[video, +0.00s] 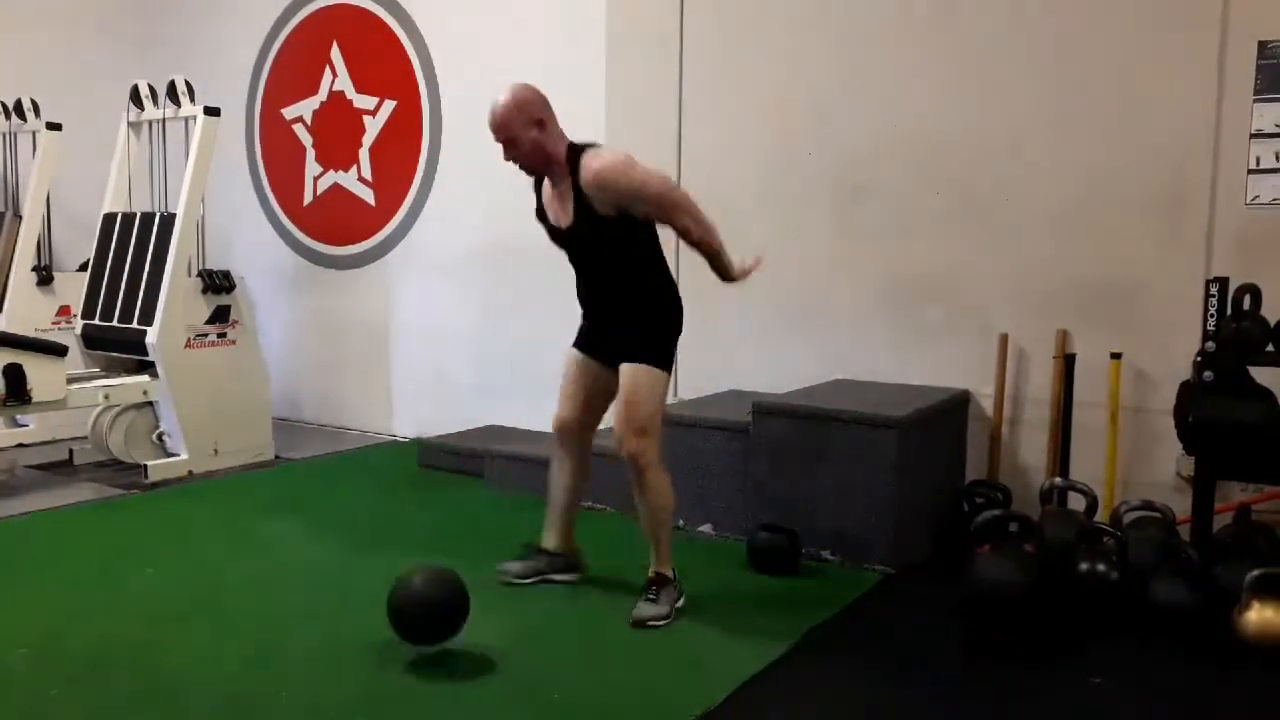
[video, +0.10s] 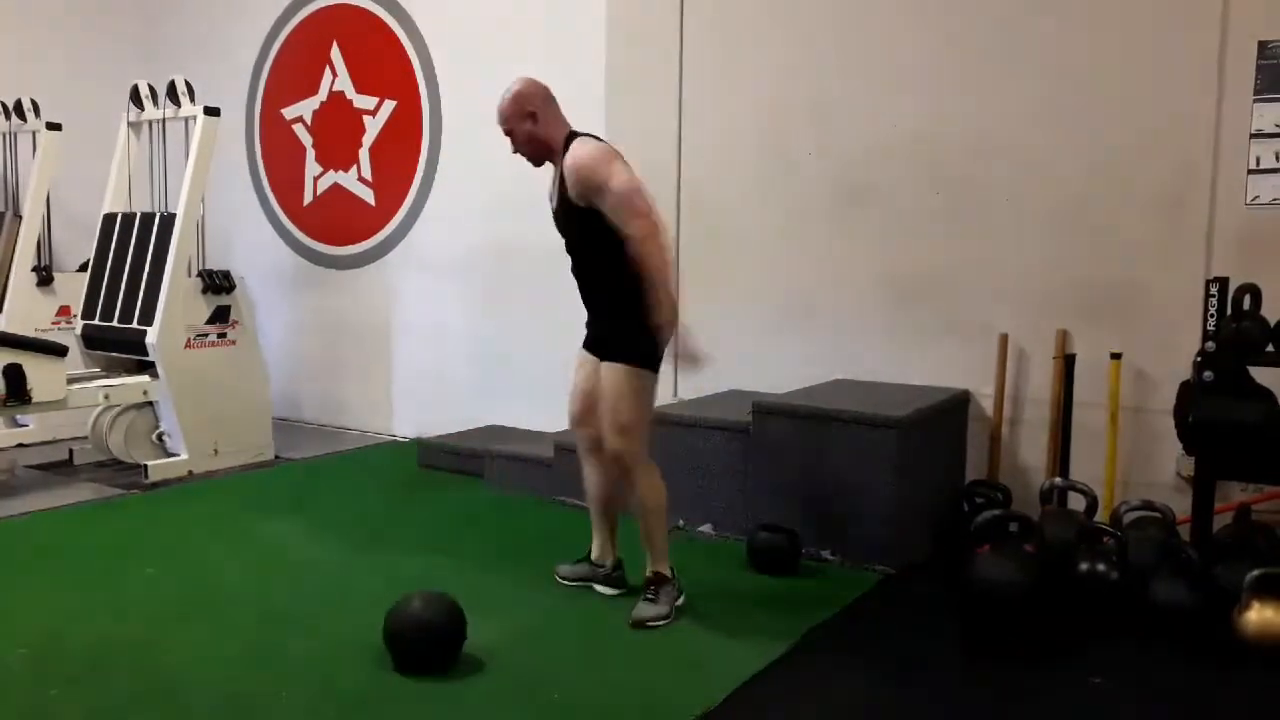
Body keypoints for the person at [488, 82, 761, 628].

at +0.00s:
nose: (506, 156)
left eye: (509, 143)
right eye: (502, 146)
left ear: (542, 128)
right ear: (530, 134)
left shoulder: (604, 172)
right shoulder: (544, 181)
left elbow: (682, 210)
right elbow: (593, 232)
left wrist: (726, 269)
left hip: (649, 313)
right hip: (601, 313)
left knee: (637, 444)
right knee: (569, 428)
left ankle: (663, 579)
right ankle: (557, 550)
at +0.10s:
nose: (512, 148)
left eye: (513, 135)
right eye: (509, 137)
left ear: (538, 119)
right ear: (536, 119)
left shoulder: (587, 160)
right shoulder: (565, 169)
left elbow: (646, 233)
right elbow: (607, 249)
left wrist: (667, 317)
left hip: (634, 327)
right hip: (602, 325)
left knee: (624, 444)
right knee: (587, 430)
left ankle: (662, 579)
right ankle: (604, 561)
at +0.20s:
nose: (543, 138)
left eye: (541, 130)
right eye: (543, 130)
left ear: (548, 125)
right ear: (583, 119)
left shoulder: (568, 156)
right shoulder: (620, 162)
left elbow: (559, 235)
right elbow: (661, 244)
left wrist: (503, 311)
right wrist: (613, 278)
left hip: (612, 315)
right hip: (646, 312)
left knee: (554, 434)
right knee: (594, 437)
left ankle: (640, 554)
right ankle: (604, 559)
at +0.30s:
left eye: (581, 127)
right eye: (609, 131)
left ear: (578, 129)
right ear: (621, 136)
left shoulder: (563, 154)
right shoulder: (651, 178)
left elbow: (509, 223)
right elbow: (679, 262)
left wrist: (462, 280)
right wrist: (651, 304)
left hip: (579, 314)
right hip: (637, 320)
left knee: (543, 426)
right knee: (602, 432)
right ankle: (608, 562)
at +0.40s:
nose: (647, 153)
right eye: (648, 147)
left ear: (601, 136)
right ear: (643, 144)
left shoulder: (553, 163)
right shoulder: (651, 180)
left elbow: (499, 233)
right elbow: (679, 261)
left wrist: (501, 299)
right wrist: (691, 332)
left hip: (553, 322)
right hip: (615, 327)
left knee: (539, 434)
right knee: (604, 435)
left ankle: (525, 564)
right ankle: (609, 562)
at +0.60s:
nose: (683, 175)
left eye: (688, 167)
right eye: (685, 165)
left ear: (650, 139)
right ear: (672, 145)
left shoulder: (585, 172)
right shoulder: (658, 179)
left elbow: (561, 241)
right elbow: (651, 265)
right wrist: (669, 350)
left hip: (552, 314)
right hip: (606, 319)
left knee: (563, 417)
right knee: (621, 435)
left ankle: (528, 535)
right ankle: (596, 563)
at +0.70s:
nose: (712, 187)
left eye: (717, 178)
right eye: (714, 174)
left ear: (680, 148)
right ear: (697, 155)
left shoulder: (623, 175)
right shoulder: (676, 196)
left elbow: (599, 262)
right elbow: (666, 285)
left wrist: (641, 321)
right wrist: (674, 370)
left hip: (561, 310)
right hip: (605, 318)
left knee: (584, 406)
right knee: (629, 435)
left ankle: (540, 517)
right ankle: (597, 561)